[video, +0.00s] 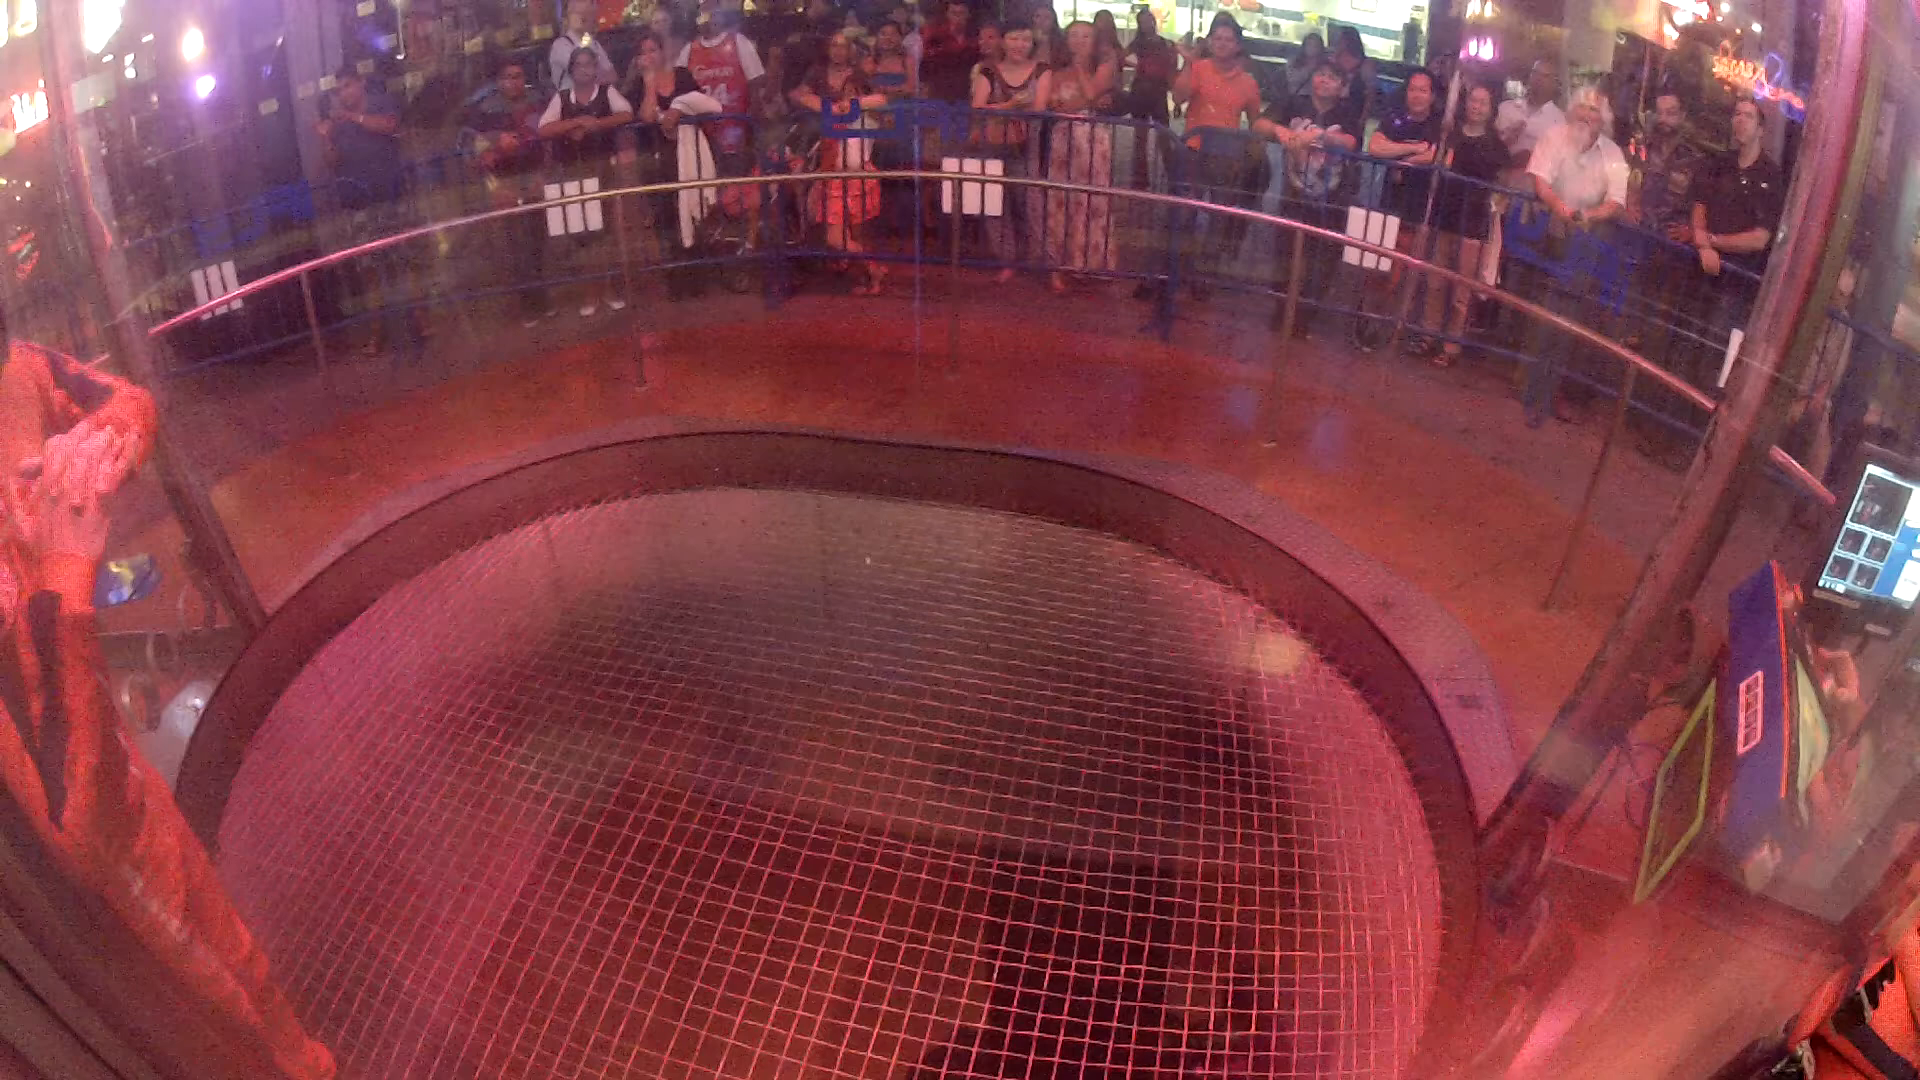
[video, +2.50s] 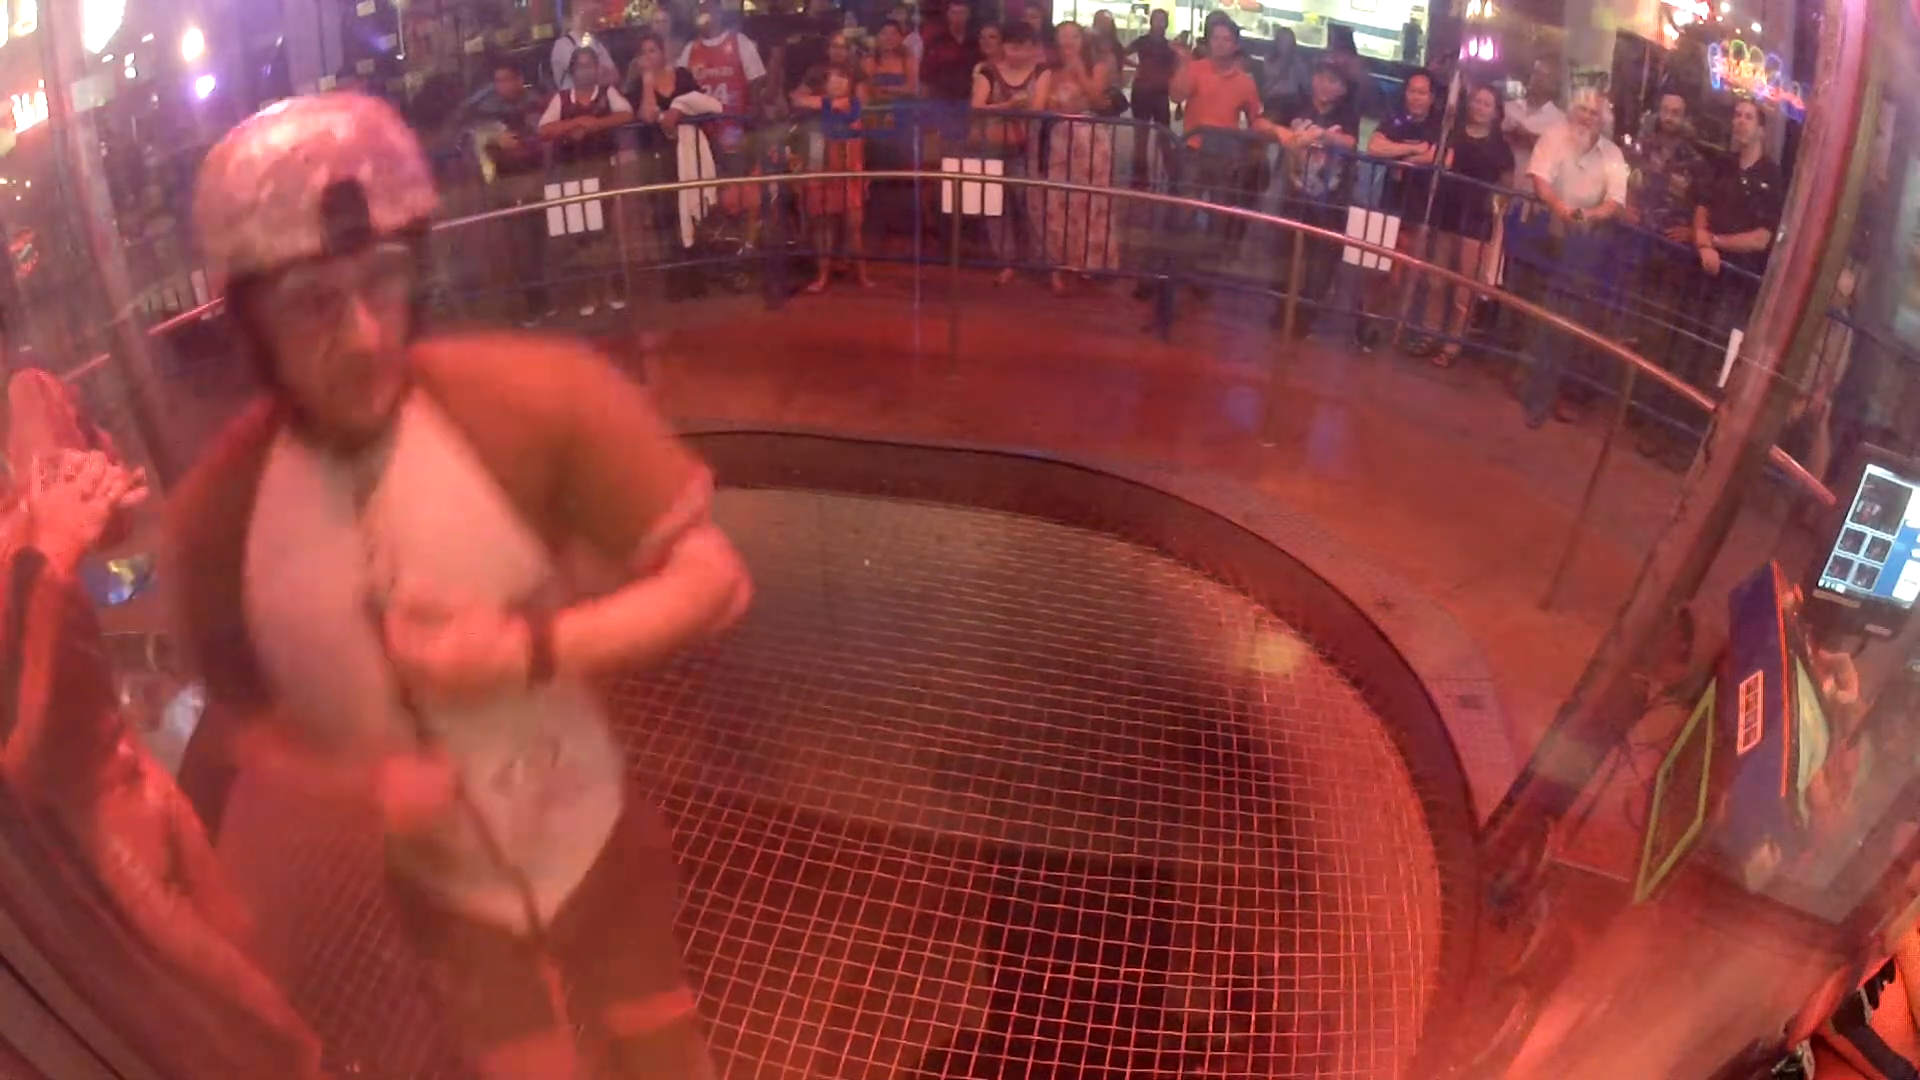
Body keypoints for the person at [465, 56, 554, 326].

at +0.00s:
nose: (515, 83)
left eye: (519, 77)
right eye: (509, 78)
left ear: (525, 79)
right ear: (498, 82)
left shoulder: (536, 104)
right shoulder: (486, 110)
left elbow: (548, 137)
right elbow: (470, 145)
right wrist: (495, 145)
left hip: (534, 175)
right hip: (504, 179)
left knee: (537, 240)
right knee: (518, 243)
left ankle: (541, 300)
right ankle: (527, 305)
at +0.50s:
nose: (515, 84)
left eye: (518, 78)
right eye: (509, 79)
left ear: (524, 79)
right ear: (499, 84)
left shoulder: (535, 109)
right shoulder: (491, 113)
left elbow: (545, 141)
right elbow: (481, 153)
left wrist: (518, 144)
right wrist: (500, 147)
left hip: (534, 176)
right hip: (506, 180)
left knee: (537, 242)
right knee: (518, 245)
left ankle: (542, 301)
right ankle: (527, 306)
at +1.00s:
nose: (516, 83)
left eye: (519, 78)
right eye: (510, 79)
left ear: (524, 79)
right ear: (500, 84)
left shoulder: (535, 104)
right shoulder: (490, 109)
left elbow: (550, 132)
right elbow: (468, 130)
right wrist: (496, 137)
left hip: (536, 174)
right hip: (506, 178)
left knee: (538, 240)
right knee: (518, 243)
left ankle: (543, 300)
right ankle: (528, 304)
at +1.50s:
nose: (514, 84)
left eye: (517, 79)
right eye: (508, 80)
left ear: (523, 79)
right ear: (498, 84)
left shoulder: (533, 102)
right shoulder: (487, 108)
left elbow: (549, 127)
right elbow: (469, 137)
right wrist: (497, 140)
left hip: (535, 173)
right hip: (505, 178)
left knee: (538, 240)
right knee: (517, 243)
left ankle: (542, 300)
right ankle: (525, 306)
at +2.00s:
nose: (509, 88)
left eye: (512, 80)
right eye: (503, 83)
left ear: (522, 79)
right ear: (496, 85)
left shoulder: (537, 104)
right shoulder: (487, 113)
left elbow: (550, 141)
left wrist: (523, 148)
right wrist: (497, 150)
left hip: (535, 178)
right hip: (506, 183)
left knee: (538, 242)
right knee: (518, 245)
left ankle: (543, 300)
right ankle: (527, 305)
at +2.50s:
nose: (502, 87)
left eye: (507, 80)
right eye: (498, 81)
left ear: (520, 80)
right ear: (493, 84)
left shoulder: (536, 105)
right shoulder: (489, 110)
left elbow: (549, 139)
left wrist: (520, 145)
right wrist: (496, 139)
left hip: (536, 180)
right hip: (506, 185)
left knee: (536, 245)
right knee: (517, 247)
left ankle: (541, 303)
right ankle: (529, 306)